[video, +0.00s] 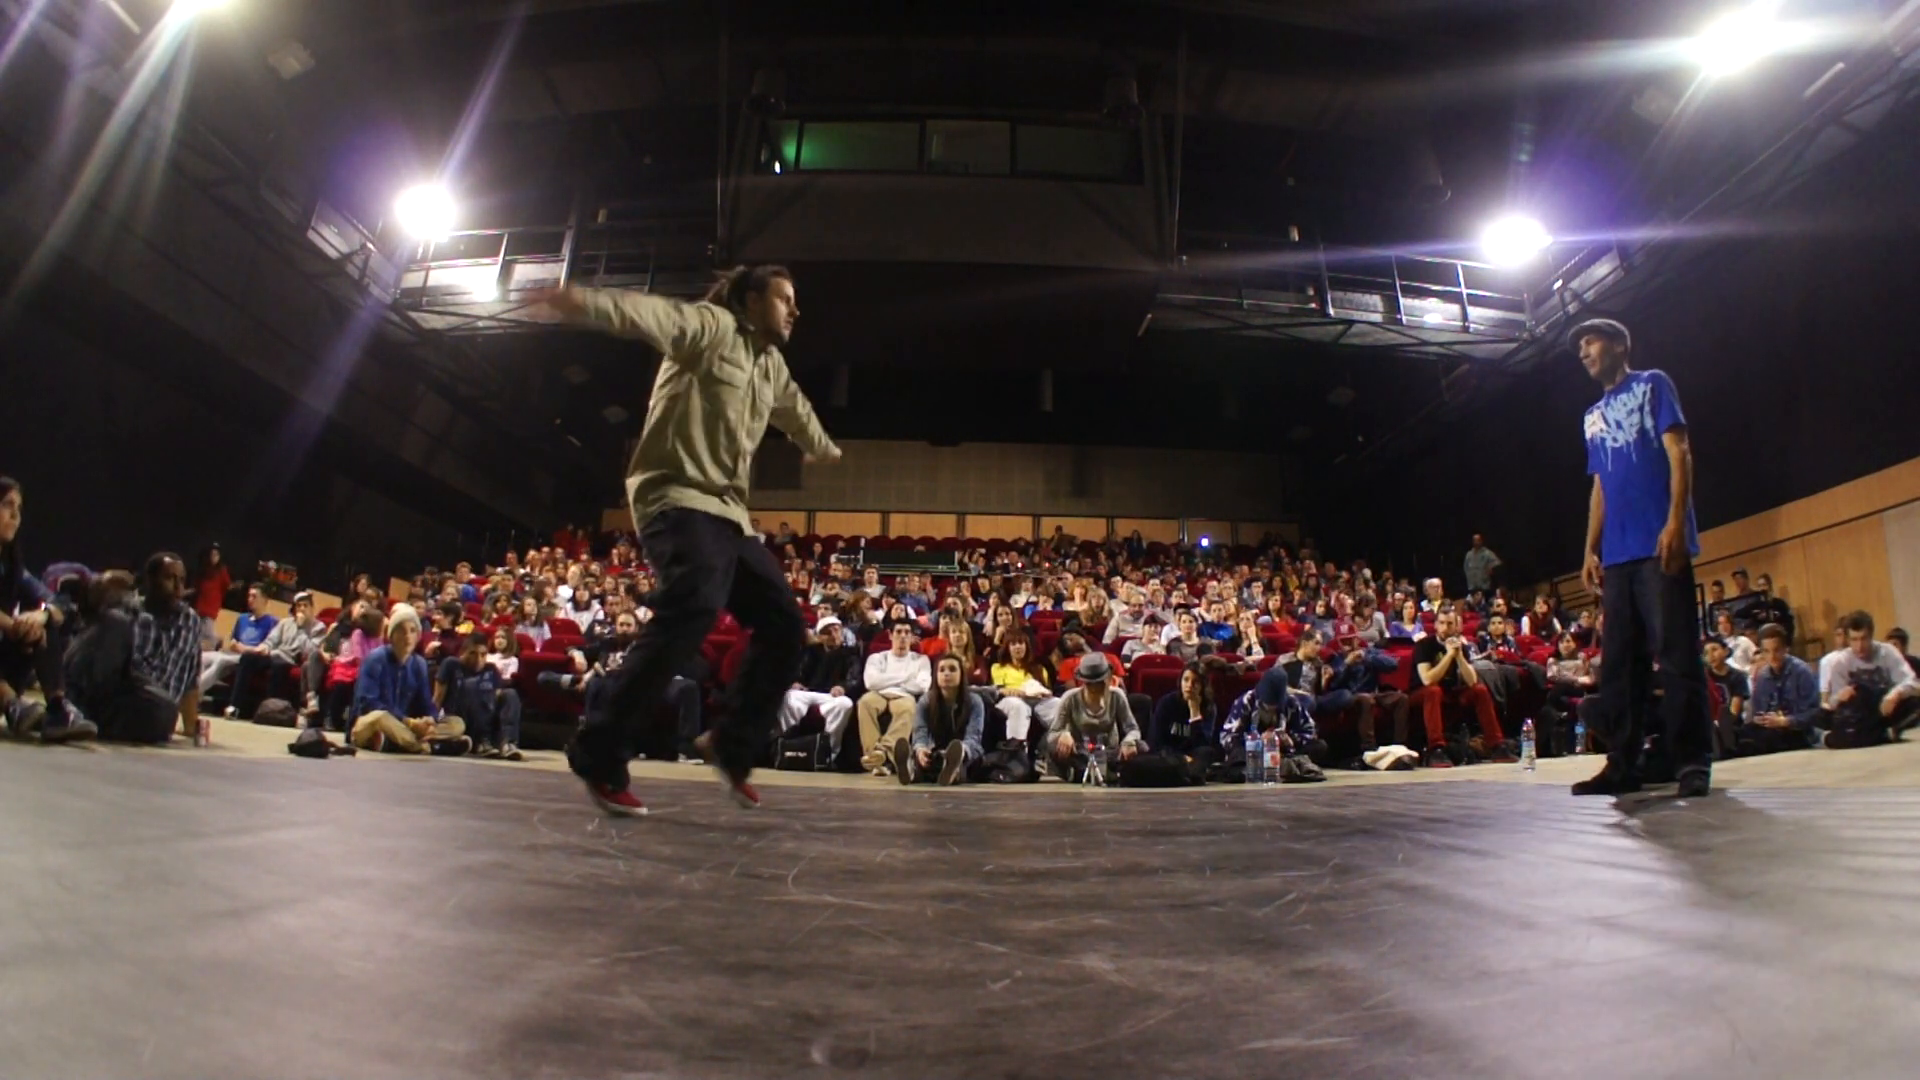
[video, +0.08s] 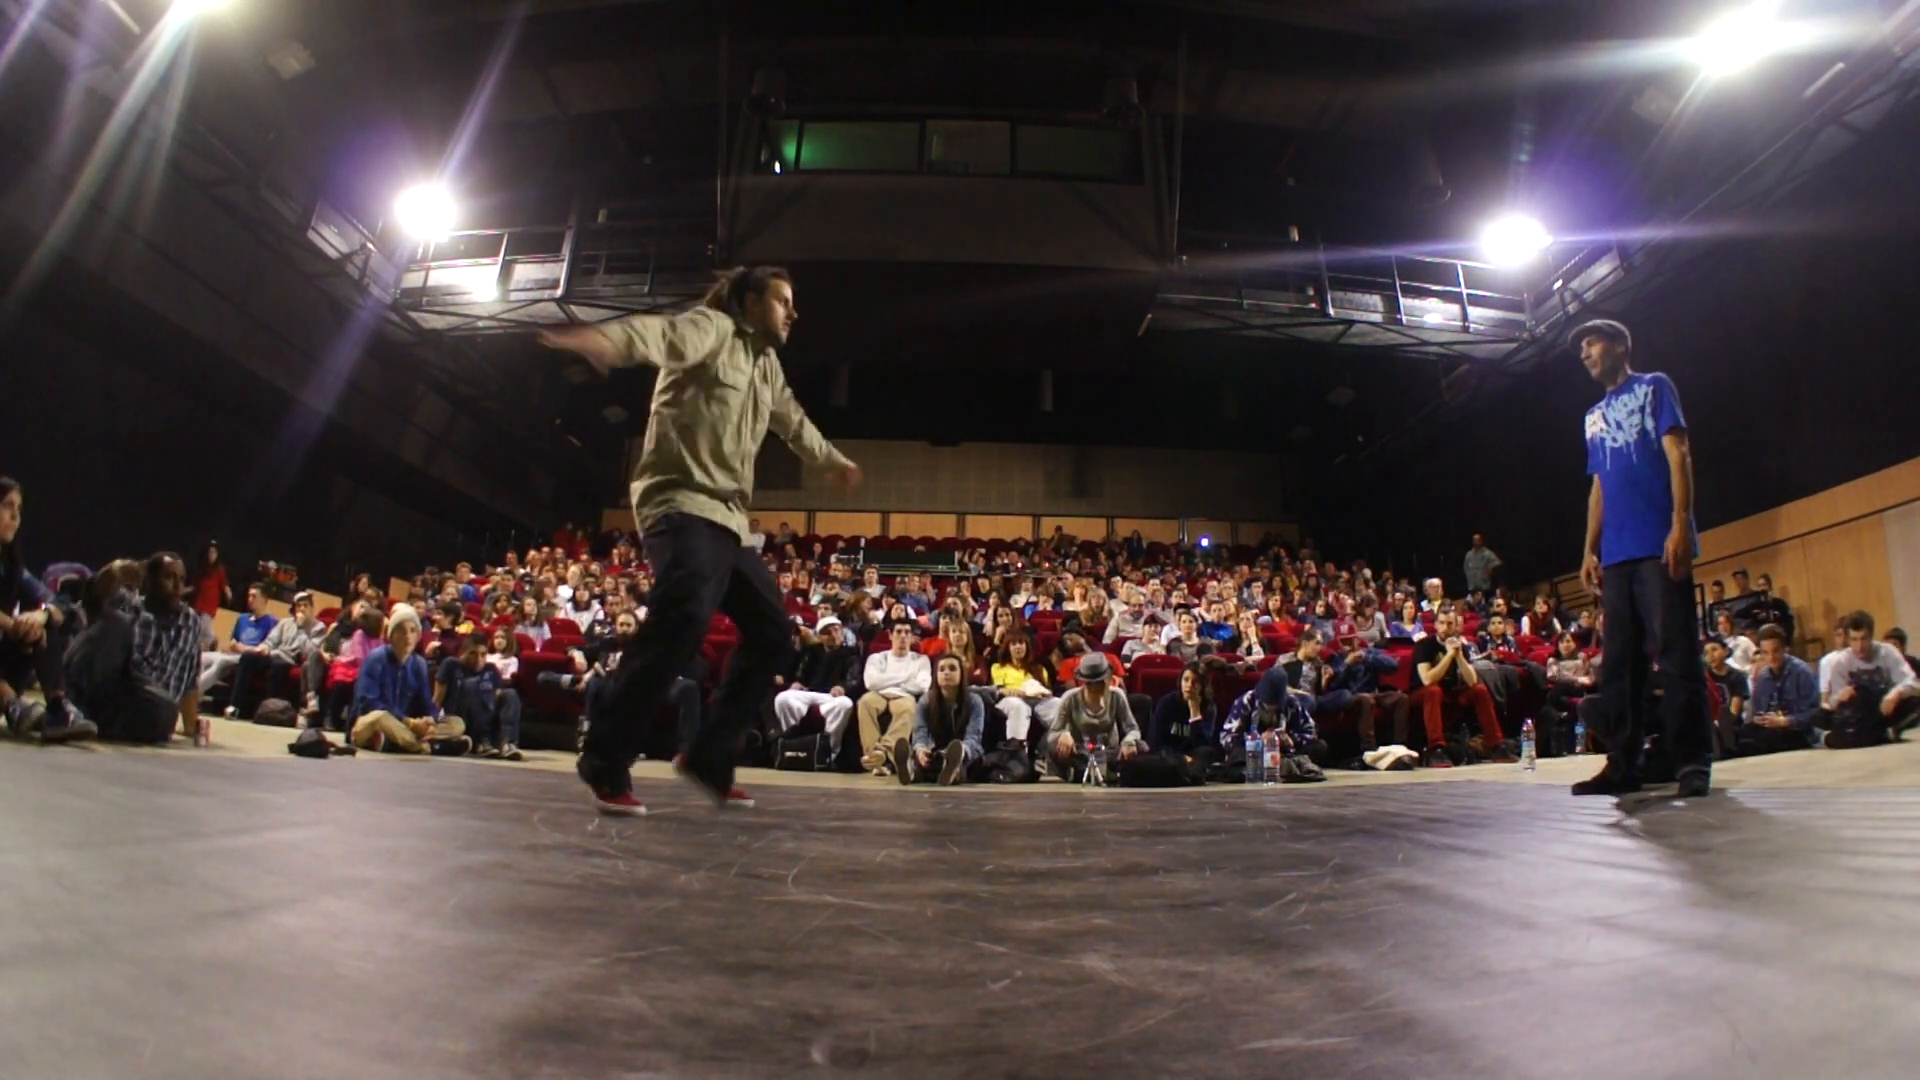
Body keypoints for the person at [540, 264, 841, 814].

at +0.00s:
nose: (792, 310)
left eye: (794, 303)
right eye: (783, 299)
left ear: (784, 313)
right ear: (749, 299)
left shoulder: (773, 370)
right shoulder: (713, 325)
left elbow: (798, 413)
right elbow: (656, 313)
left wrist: (823, 447)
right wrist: (587, 302)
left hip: (730, 513)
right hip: (676, 497)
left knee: (784, 627)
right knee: (692, 606)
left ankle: (735, 744)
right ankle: (600, 751)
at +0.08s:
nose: (791, 313)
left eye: (792, 305)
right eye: (783, 301)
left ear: (779, 313)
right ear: (749, 301)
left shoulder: (769, 369)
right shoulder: (714, 328)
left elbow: (794, 421)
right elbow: (661, 333)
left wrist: (834, 460)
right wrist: (608, 339)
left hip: (730, 522)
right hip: (681, 505)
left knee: (773, 638)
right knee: (682, 622)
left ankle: (710, 758)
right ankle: (606, 761)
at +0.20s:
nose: (791, 312)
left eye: (792, 305)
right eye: (783, 301)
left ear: (771, 312)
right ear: (749, 300)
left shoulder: (762, 368)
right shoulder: (715, 327)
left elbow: (778, 416)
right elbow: (647, 325)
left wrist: (838, 430)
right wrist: (663, 354)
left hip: (727, 519)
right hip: (685, 502)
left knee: (744, 652)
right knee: (678, 634)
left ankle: (693, 776)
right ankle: (598, 765)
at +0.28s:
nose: (792, 310)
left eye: (793, 303)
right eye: (784, 299)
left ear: (768, 307)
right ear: (749, 296)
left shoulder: (760, 370)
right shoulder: (707, 328)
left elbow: (789, 403)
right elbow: (643, 308)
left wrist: (842, 423)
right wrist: (704, 321)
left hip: (730, 519)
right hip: (687, 505)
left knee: (733, 653)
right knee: (658, 643)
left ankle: (691, 775)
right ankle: (595, 774)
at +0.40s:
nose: (791, 304)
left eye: (792, 296)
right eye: (783, 293)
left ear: (768, 302)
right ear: (749, 293)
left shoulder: (766, 365)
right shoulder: (718, 330)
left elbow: (801, 402)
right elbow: (672, 335)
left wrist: (840, 440)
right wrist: (749, 369)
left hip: (733, 528)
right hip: (685, 513)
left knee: (716, 662)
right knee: (643, 645)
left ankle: (692, 775)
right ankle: (589, 773)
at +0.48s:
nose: (790, 300)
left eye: (789, 293)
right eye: (781, 290)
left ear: (765, 297)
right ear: (747, 291)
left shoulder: (765, 367)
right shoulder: (722, 329)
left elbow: (791, 424)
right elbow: (685, 377)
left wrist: (836, 454)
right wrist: (748, 422)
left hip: (734, 519)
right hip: (694, 506)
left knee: (723, 649)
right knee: (692, 635)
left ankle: (692, 775)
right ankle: (602, 736)